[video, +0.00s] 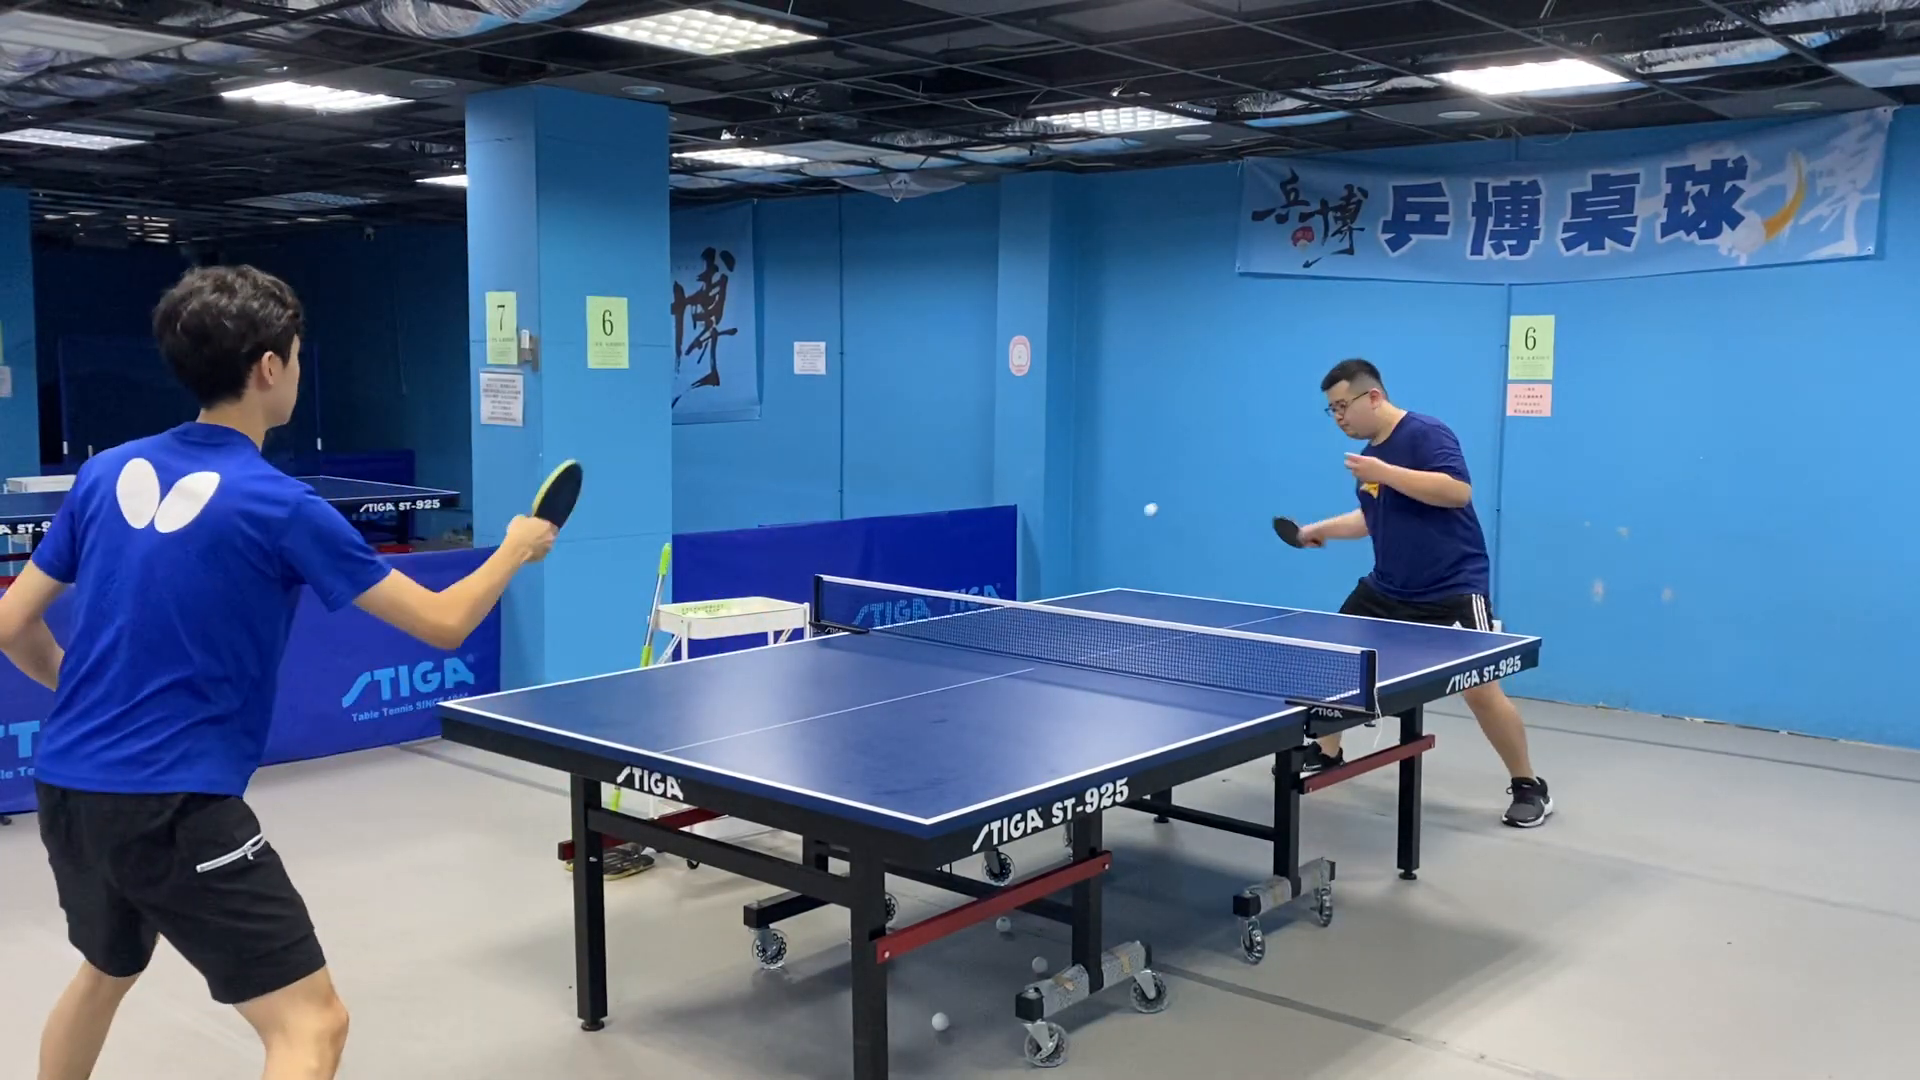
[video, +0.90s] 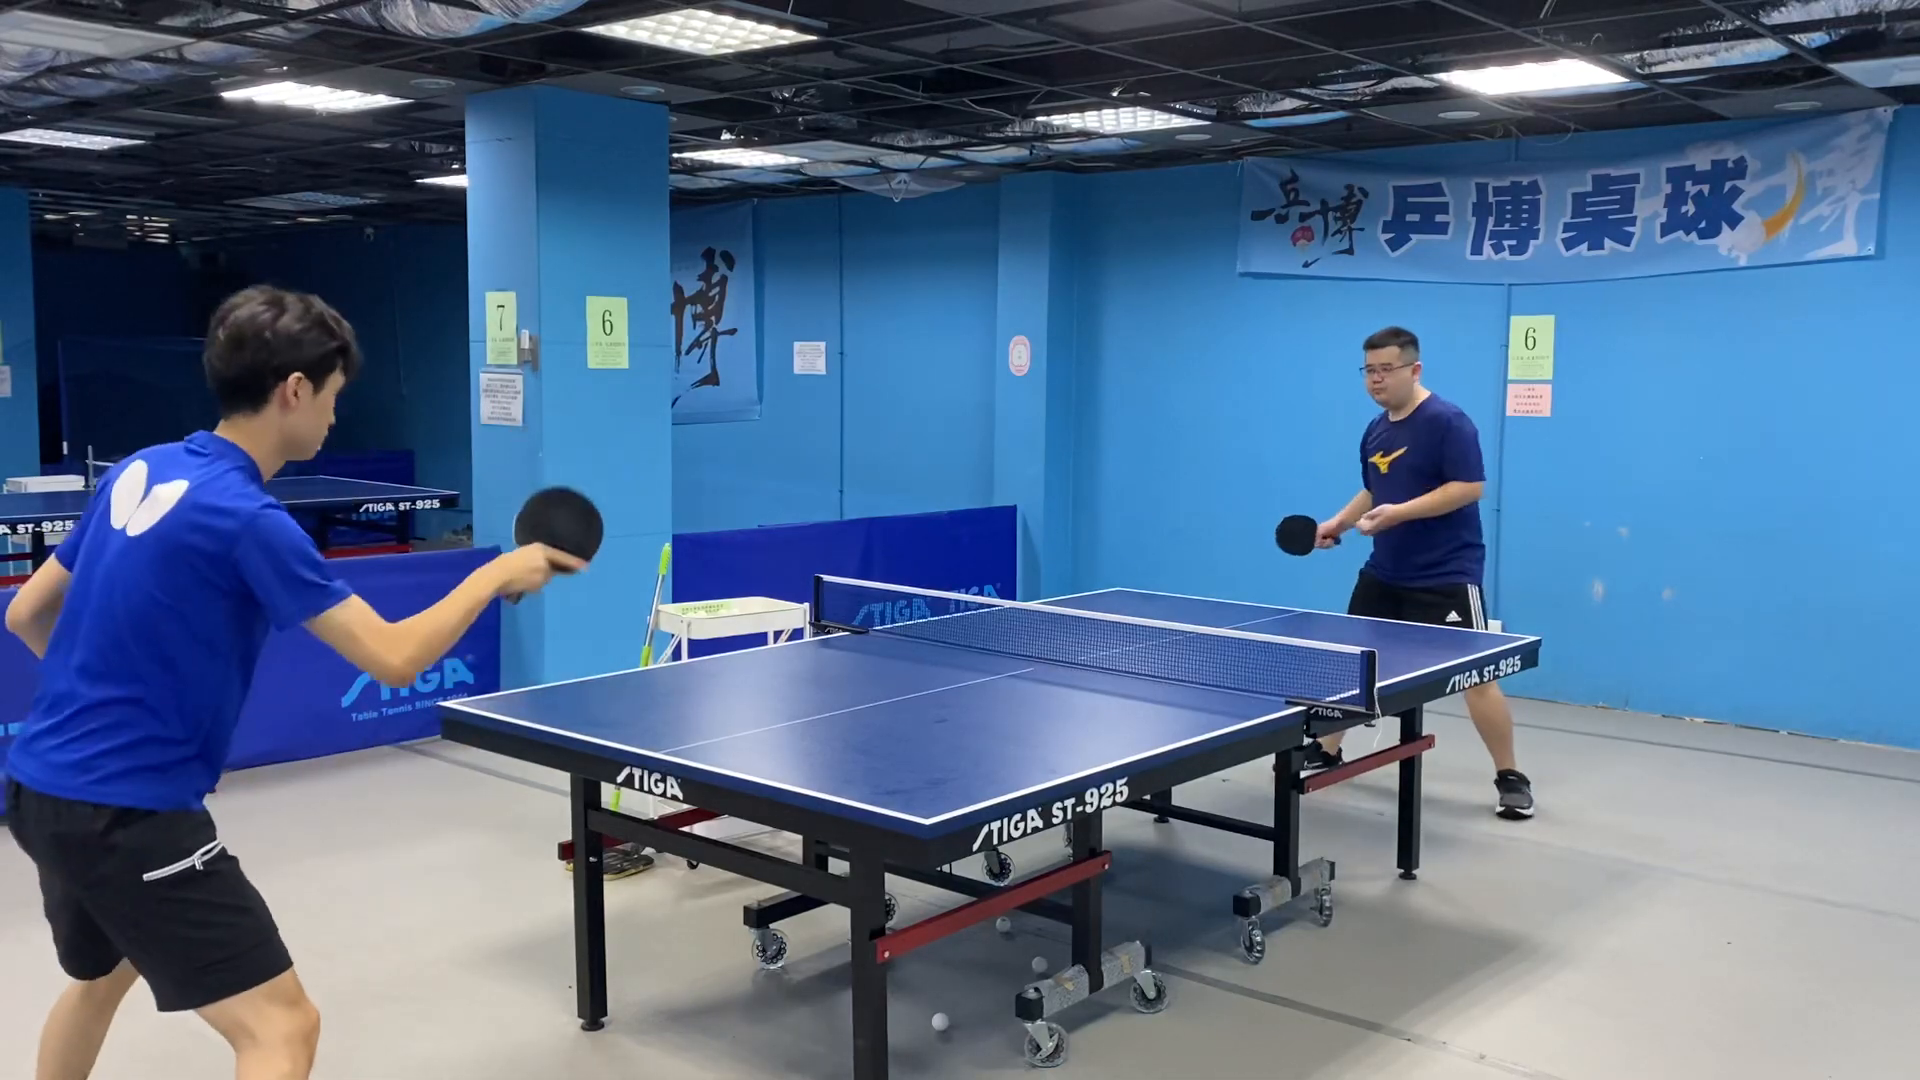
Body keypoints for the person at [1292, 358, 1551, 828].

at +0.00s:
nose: (1337, 419)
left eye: (1341, 407)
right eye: (1332, 411)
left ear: (1374, 398)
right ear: (1364, 405)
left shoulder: (1428, 433)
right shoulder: (1367, 455)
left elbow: (1459, 492)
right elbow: (1374, 518)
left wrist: (1385, 474)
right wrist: (1321, 530)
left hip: (1453, 590)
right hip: (1386, 588)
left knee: (1479, 688)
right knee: (1327, 658)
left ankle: (1526, 785)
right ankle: (1327, 751)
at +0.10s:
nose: (1335, 415)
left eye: (1341, 403)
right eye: (1331, 406)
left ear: (1374, 394)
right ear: (1341, 406)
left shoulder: (1431, 433)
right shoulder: (1348, 455)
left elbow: (1474, 488)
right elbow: (1313, 503)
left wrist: (1402, 479)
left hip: (1445, 589)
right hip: (1372, 587)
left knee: (1479, 683)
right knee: (1316, 657)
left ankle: (1523, 783)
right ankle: (1324, 750)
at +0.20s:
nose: (1336, 408)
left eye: (1344, 398)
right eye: (1331, 401)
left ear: (1375, 392)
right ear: (1330, 402)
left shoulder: (1429, 436)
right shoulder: (1336, 446)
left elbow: (1473, 492)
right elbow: (1292, 482)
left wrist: (1417, 478)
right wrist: (1286, 454)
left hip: (1436, 586)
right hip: (1362, 583)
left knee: (1475, 675)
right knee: (1308, 656)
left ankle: (1518, 780)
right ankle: (1323, 751)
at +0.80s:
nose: (1377, 382)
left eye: (1387, 373)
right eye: (1370, 374)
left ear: (1416, 373)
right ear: (1365, 377)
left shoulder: (1457, 425)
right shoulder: (1369, 432)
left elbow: (1490, 484)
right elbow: (1361, 491)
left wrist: (1423, 501)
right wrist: (1328, 511)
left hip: (1451, 582)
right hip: (1381, 577)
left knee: (1480, 676)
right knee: (1336, 659)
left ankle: (1509, 775)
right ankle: (1327, 750)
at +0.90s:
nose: (1373, 379)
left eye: (1384, 370)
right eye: (1368, 371)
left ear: (1414, 371)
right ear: (1365, 374)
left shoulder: (1450, 423)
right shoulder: (1375, 432)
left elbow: (1469, 486)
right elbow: (1374, 492)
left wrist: (1399, 512)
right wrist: (1338, 522)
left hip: (1447, 577)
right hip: (1383, 574)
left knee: (1476, 676)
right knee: (1349, 661)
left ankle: (1509, 775)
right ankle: (1327, 749)